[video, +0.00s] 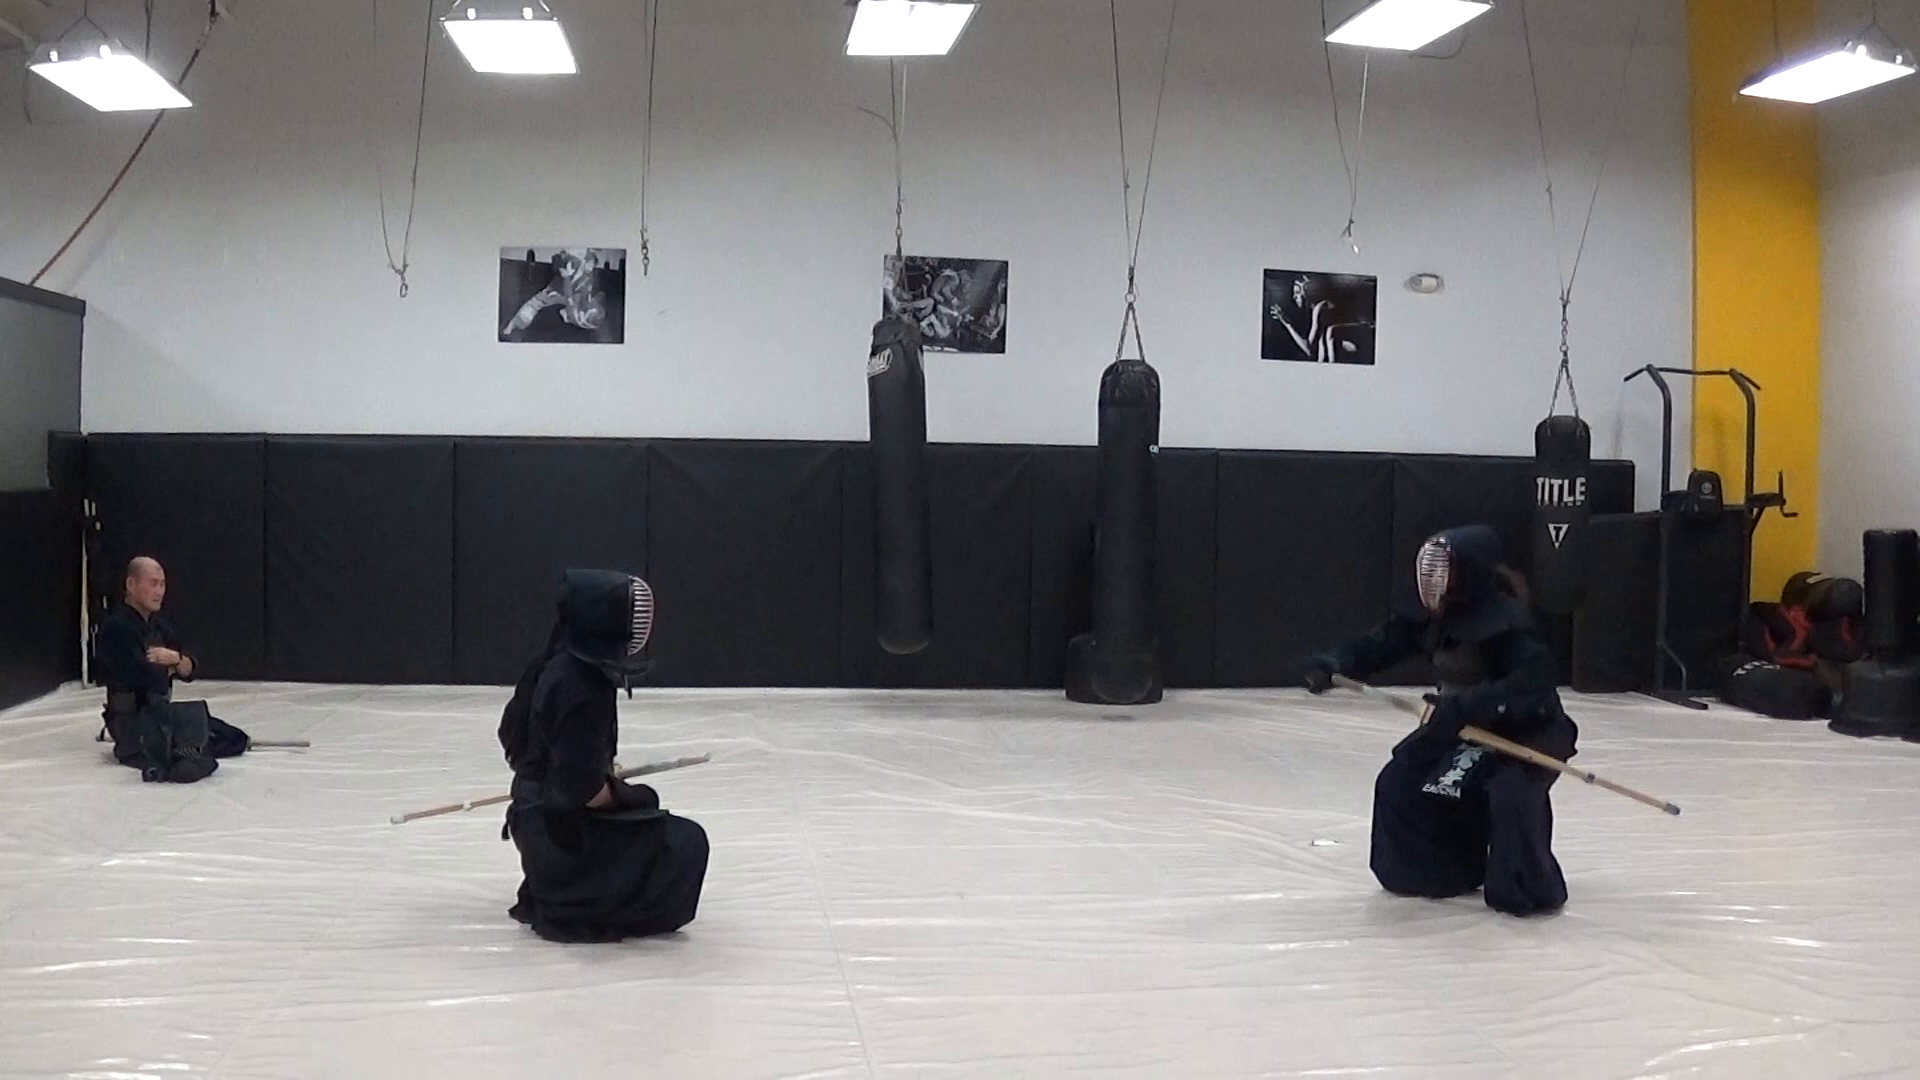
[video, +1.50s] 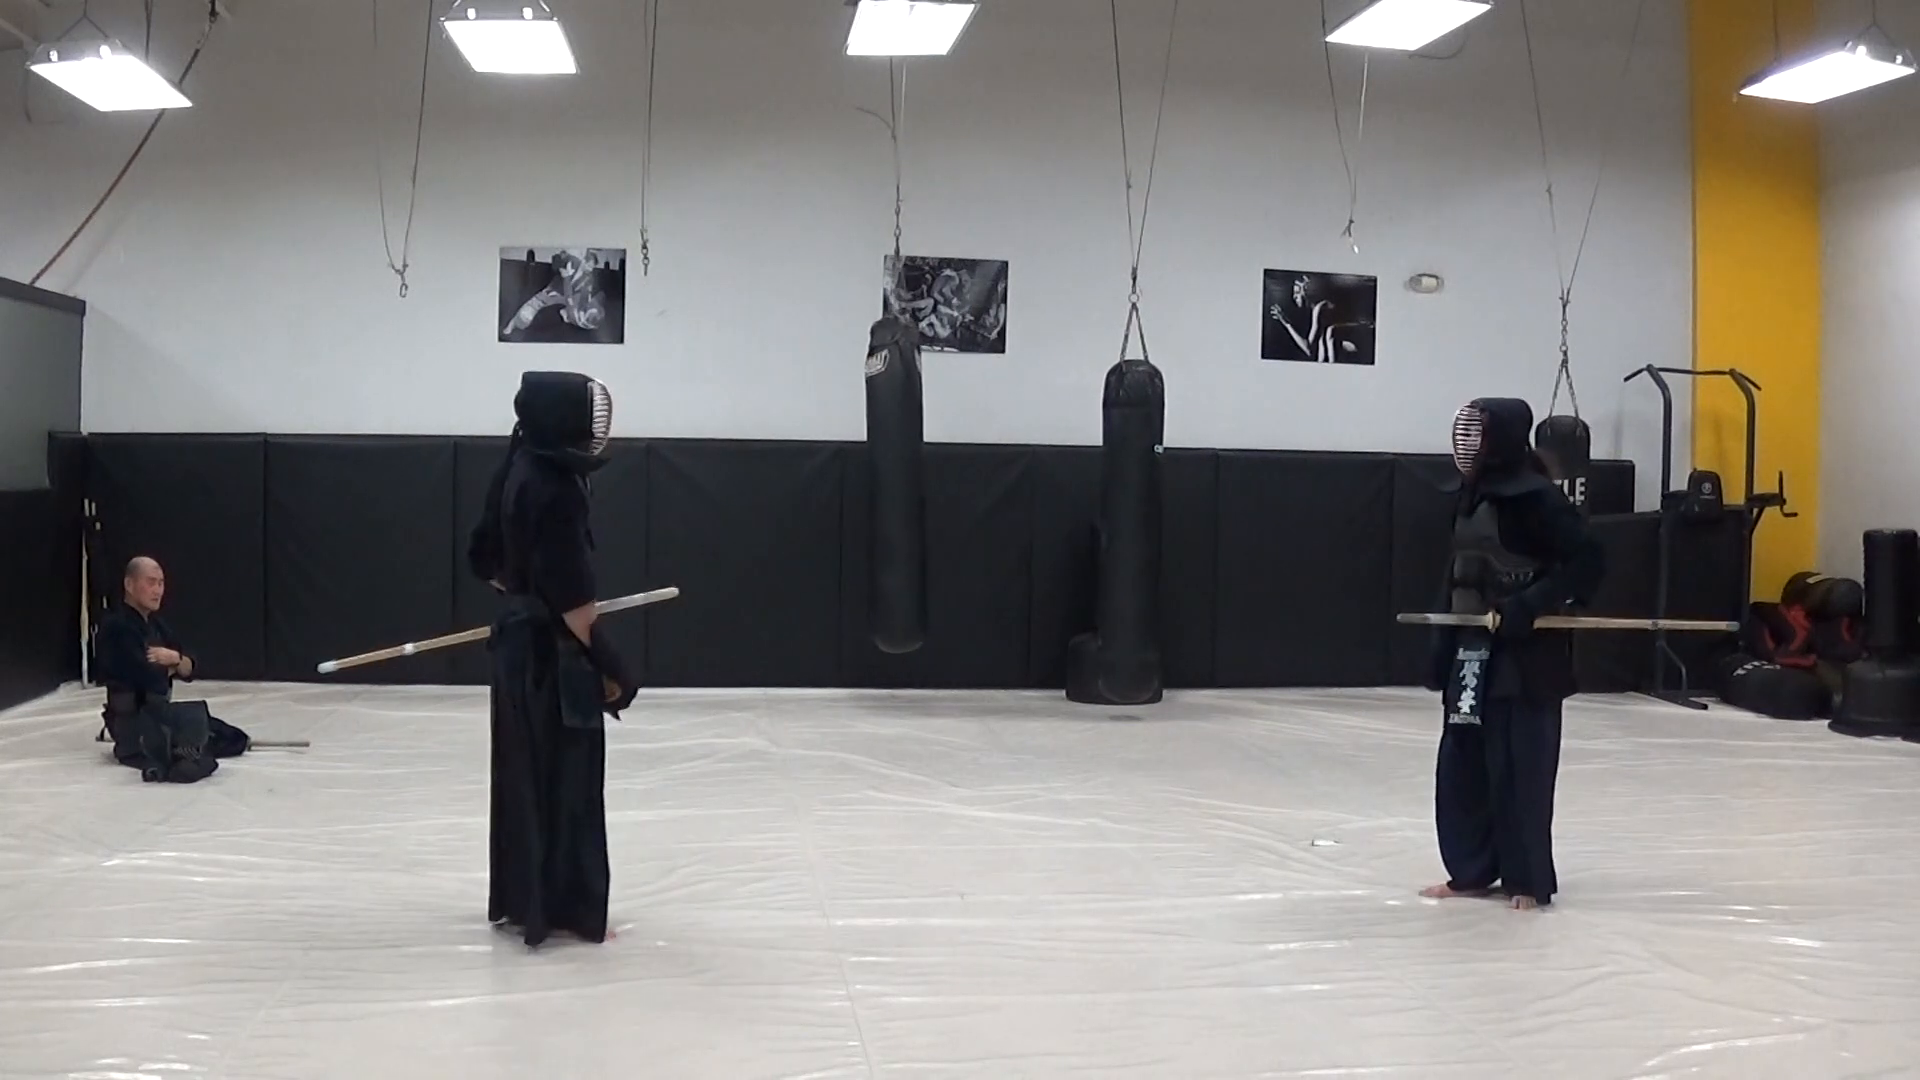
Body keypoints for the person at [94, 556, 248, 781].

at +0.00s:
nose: (160, 591)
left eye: (162, 585)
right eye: (153, 583)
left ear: (165, 587)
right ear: (130, 585)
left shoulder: (159, 623)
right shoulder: (116, 627)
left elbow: (191, 670)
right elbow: (140, 678)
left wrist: (176, 658)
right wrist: (173, 667)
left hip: (161, 719)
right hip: (129, 726)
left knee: (237, 740)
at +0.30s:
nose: (160, 591)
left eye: (162, 585)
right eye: (153, 583)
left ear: (165, 587)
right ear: (130, 585)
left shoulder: (159, 623)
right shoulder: (116, 627)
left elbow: (191, 670)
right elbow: (140, 678)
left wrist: (176, 658)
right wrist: (173, 667)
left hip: (161, 719)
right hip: (129, 726)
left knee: (237, 740)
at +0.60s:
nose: (160, 591)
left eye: (162, 585)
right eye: (153, 583)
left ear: (165, 587)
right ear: (130, 585)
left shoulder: (157, 623)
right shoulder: (116, 626)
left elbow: (191, 669)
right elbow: (141, 679)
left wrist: (176, 658)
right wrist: (173, 667)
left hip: (160, 718)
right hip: (129, 726)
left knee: (237, 740)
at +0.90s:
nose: (159, 591)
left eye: (162, 585)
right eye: (153, 584)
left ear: (165, 587)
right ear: (130, 585)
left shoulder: (156, 622)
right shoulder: (116, 626)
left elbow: (190, 670)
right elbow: (138, 677)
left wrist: (175, 657)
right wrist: (173, 666)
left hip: (162, 717)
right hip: (130, 724)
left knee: (236, 740)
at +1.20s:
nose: (159, 591)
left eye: (161, 584)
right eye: (152, 583)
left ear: (164, 587)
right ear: (130, 585)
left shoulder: (156, 623)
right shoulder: (116, 626)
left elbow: (190, 670)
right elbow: (142, 678)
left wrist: (175, 658)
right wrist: (172, 666)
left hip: (161, 719)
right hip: (130, 727)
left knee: (236, 740)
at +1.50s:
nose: (158, 590)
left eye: (161, 584)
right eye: (151, 582)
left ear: (164, 586)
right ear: (129, 585)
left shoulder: (157, 623)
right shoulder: (116, 626)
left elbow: (190, 671)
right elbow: (144, 679)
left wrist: (176, 658)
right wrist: (173, 667)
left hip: (161, 719)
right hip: (130, 728)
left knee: (236, 740)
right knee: (200, 761)